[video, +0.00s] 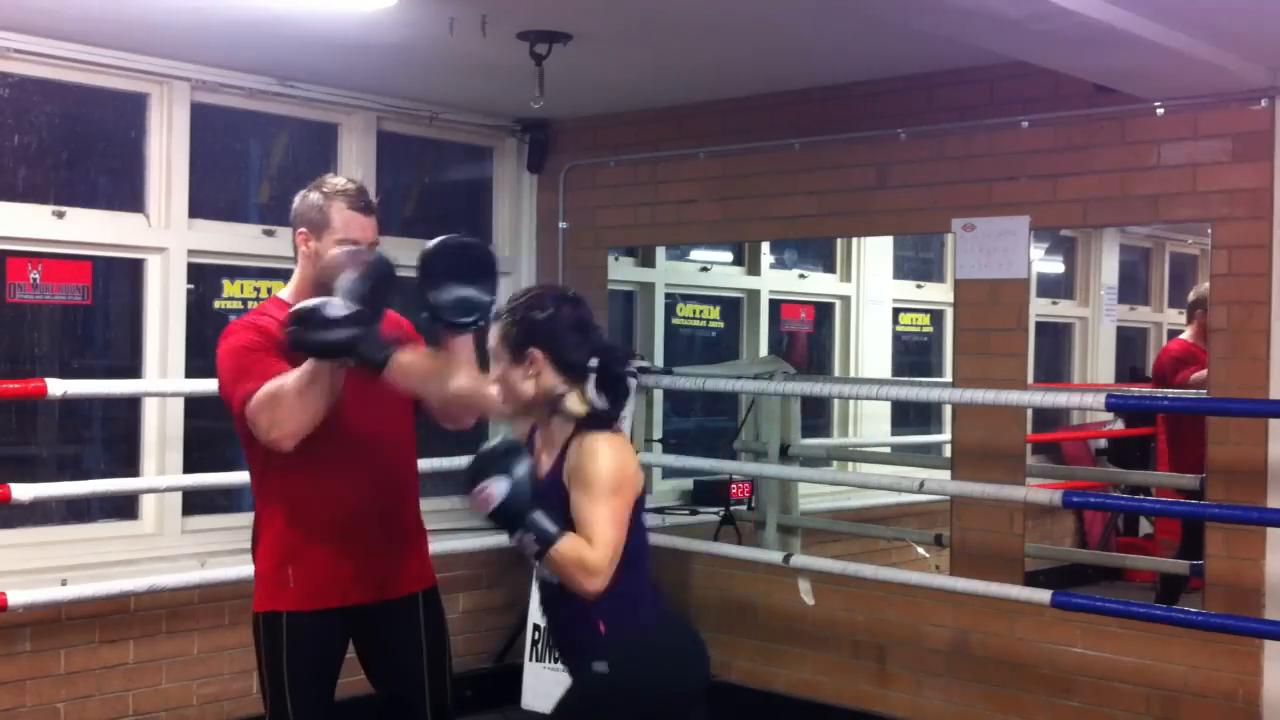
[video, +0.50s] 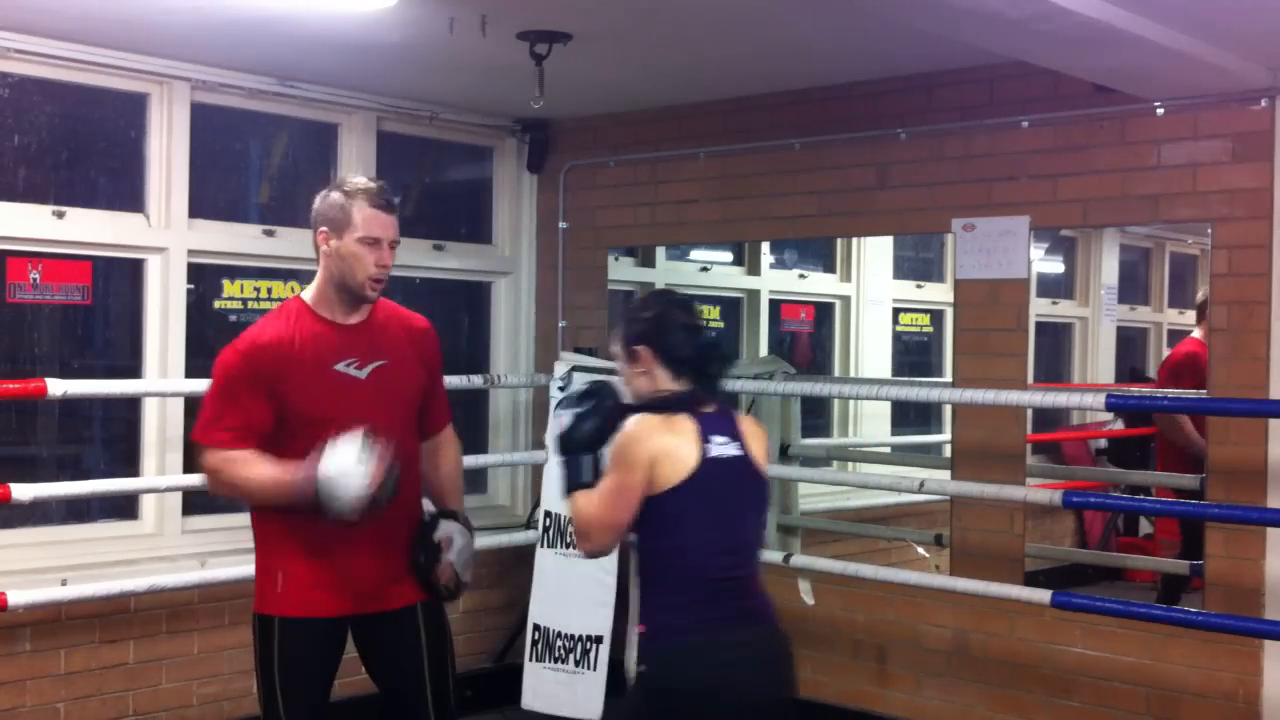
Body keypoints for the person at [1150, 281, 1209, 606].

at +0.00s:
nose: (1219, 320)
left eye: (1218, 313)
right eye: (1215, 313)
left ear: (1201, 314)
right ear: (1201, 313)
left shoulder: (1209, 353)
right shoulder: (1174, 353)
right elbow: (1183, 382)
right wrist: (1222, 367)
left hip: (1212, 461)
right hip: (1189, 463)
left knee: (1203, 538)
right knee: (1192, 538)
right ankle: (1164, 607)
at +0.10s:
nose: (1215, 320)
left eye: (1215, 313)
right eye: (1211, 313)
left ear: (1197, 314)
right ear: (1194, 313)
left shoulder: (1207, 353)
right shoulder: (1168, 353)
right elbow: (1190, 382)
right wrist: (1225, 371)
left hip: (1210, 460)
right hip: (1185, 462)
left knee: (1202, 536)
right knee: (1191, 537)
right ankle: (1165, 605)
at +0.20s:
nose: (1215, 317)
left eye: (1214, 310)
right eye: (1210, 310)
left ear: (1196, 312)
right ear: (1195, 312)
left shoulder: (1208, 352)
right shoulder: (1175, 354)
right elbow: (1169, 408)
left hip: (1208, 462)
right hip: (1187, 465)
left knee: (1200, 538)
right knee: (1191, 538)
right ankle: (1165, 607)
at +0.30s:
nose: (1221, 316)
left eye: (1219, 309)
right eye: (1215, 310)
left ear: (1199, 312)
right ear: (1199, 312)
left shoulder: (1209, 352)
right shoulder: (1180, 354)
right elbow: (1166, 412)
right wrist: (1209, 420)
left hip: (1205, 466)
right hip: (1187, 468)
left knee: (1198, 541)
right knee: (1190, 542)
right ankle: (1163, 610)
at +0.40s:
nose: (1224, 316)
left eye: (1223, 309)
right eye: (1219, 310)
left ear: (1203, 312)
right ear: (1206, 312)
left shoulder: (1211, 352)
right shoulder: (1186, 354)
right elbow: (1160, 410)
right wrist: (1202, 446)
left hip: (1203, 469)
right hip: (1187, 469)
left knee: (1199, 543)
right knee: (1191, 543)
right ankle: (1164, 610)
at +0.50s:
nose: (1226, 319)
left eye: (1225, 312)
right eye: (1222, 312)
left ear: (1204, 313)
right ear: (1207, 314)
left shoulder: (1209, 353)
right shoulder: (1189, 353)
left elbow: (1174, 412)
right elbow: (1167, 412)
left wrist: (1209, 449)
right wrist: (1207, 452)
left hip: (1200, 469)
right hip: (1187, 470)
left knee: (1197, 543)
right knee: (1191, 544)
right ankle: (1164, 610)